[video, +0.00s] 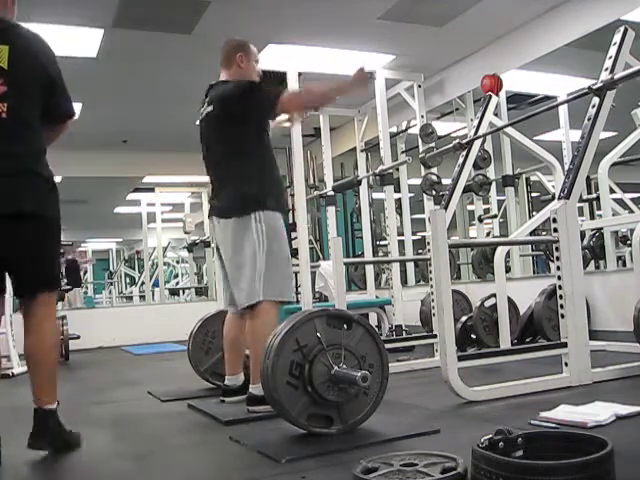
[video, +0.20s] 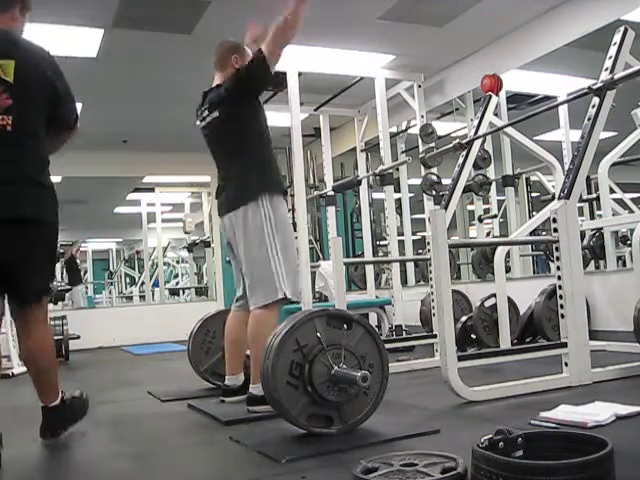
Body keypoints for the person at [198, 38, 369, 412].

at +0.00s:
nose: (259, 69)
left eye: (258, 63)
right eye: (257, 62)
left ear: (225, 64)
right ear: (242, 61)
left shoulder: (209, 104)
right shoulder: (244, 93)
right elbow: (301, 98)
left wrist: (290, 108)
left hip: (224, 211)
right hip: (255, 209)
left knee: (238, 302)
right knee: (266, 299)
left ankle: (233, 382)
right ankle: (260, 390)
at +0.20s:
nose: (255, 64)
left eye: (254, 60)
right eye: (251, 60)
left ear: (219, 66)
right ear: (239, 61)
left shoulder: (207, 102)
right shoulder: (240, 87)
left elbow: (240, 72)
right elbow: (286, 32)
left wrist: (253, 44)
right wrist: (297, 6)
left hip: (231, 205)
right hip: (257, 199)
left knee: (247, 296)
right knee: (267, 297)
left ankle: (234, 382)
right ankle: (260, 389)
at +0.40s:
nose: (258, 66)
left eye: (256, 61)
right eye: (255, 61)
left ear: (220, 69)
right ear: (246, 66)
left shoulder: (209, 99)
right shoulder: (242, 87)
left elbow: (214, 57)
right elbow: (259, 26)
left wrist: (217, 18)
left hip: (232, 204)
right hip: (259, 199)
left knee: (243, 300)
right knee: (267, 298)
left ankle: (233, 383)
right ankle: (260, 389)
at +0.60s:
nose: (256, 66)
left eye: (255, 61)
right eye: (254, 61)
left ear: (219, 68)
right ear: (243, 64)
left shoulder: (208, 101)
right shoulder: (242, 88)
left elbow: (212, 58)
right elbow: (258, 26)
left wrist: (215, 18)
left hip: (233, 206)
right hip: (260, 200)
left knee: (244, 299)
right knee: (268, 297)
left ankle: (234, 382)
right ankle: (260, 388)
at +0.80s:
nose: (256, 67)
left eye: (255, 62)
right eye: (253, 62)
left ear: (220, 69)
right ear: (243, 65)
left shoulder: (208, 102)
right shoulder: (242, 88)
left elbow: (213, 59)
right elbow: (259, 28)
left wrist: (217, 19)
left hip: (233, 206)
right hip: (260, 201)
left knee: (244, 299)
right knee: (268, 297)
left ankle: (234, 382)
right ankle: (260, 388)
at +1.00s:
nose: (256, 67)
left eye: (254, 62)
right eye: (253, 62)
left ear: (221, 68)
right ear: (244, 64)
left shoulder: (209, 101)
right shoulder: (243, 88)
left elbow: (214, 59)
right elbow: (260, 26)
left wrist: (218, 18)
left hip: (234, 206)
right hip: (261, 201)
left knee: (243, 299)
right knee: (268, 298)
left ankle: (233, 383)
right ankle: (259, 389)